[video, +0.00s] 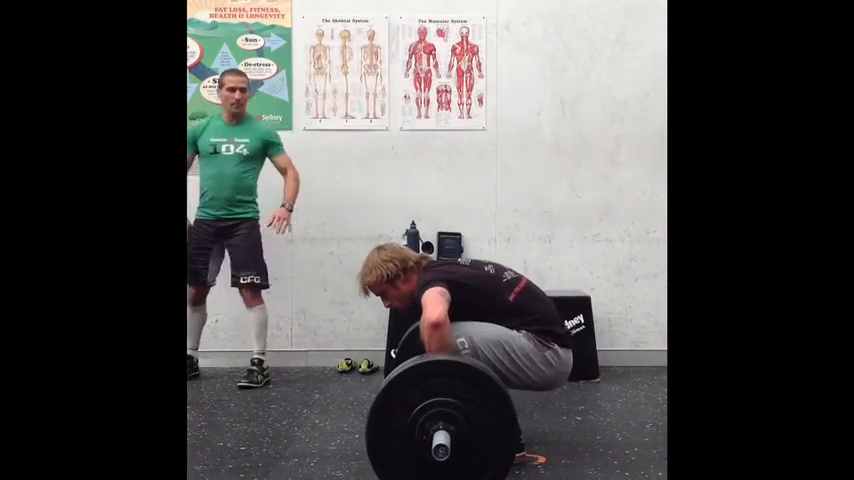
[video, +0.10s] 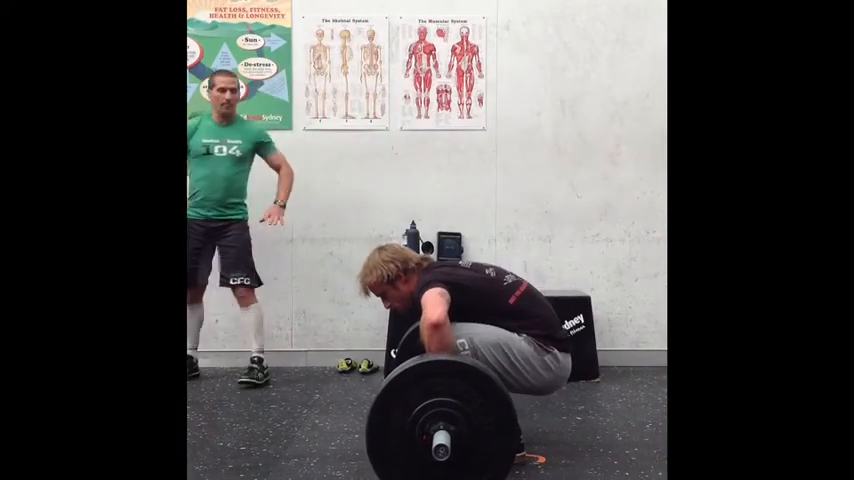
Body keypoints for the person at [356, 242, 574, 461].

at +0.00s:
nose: (386, 305)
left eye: (384, 295)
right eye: (381, 298)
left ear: (400, 278)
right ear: (402, 276)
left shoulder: (432, 276)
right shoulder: (441, 269)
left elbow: (435, 320)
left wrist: (440, 387)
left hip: (546, 353)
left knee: (444, 341)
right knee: (447, 340)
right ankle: (504, 438)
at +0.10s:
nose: (387, 305)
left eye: (384, 296)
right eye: (381, 299)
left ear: (401, 279)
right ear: (403, 276)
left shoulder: (431, 278)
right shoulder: (440, 270)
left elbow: (435, 320)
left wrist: (440, 388)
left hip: (546, 357)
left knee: (444, 340)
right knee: (442, 339)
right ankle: (504, 437)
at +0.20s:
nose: (387, 306)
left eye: (385, 296)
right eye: (381, 299)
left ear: (401, 279)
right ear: (403, 277)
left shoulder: (432, 279)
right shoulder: (440, 271)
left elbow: (436, 320)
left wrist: (440, 386)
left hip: (545, 360)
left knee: (441, 340)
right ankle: (504, 437)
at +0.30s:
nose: (387, 304)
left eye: (385, 295)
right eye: (381, 298)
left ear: (401, 278)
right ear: (404, 276)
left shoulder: (433, 278)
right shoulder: (441, 270)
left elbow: (437, 320)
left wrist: (441, 386)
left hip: (545, 357)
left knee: (442, 340)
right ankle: (504, 437)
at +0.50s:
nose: (387, 303)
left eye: (385, 294)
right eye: (381, 297)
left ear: (402, 277)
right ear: (404, 275)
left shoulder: (433, 278)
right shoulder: (440, 270)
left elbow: (437, 319)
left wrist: (441, 387)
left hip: (546, 357)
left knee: (442, 340)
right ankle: (503, 436)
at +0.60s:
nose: (387, 304)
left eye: (385, 295)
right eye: (381, 297)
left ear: (402, 278)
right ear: (404, 276)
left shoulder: (434, 278)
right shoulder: (440, 271)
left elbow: (437, 319)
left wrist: (441, 386)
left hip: (547, 359)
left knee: (445, 340)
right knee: (443, 339)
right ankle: (504, 437)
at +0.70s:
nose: (387, 304)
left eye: (385, 295)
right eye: (381, 297)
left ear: (402, 278)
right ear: (404, 276)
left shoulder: (434, 278)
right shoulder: (441, 271)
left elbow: (437, 319)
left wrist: (441, 385)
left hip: (546, 358)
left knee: (442, 340)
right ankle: (504, 437)